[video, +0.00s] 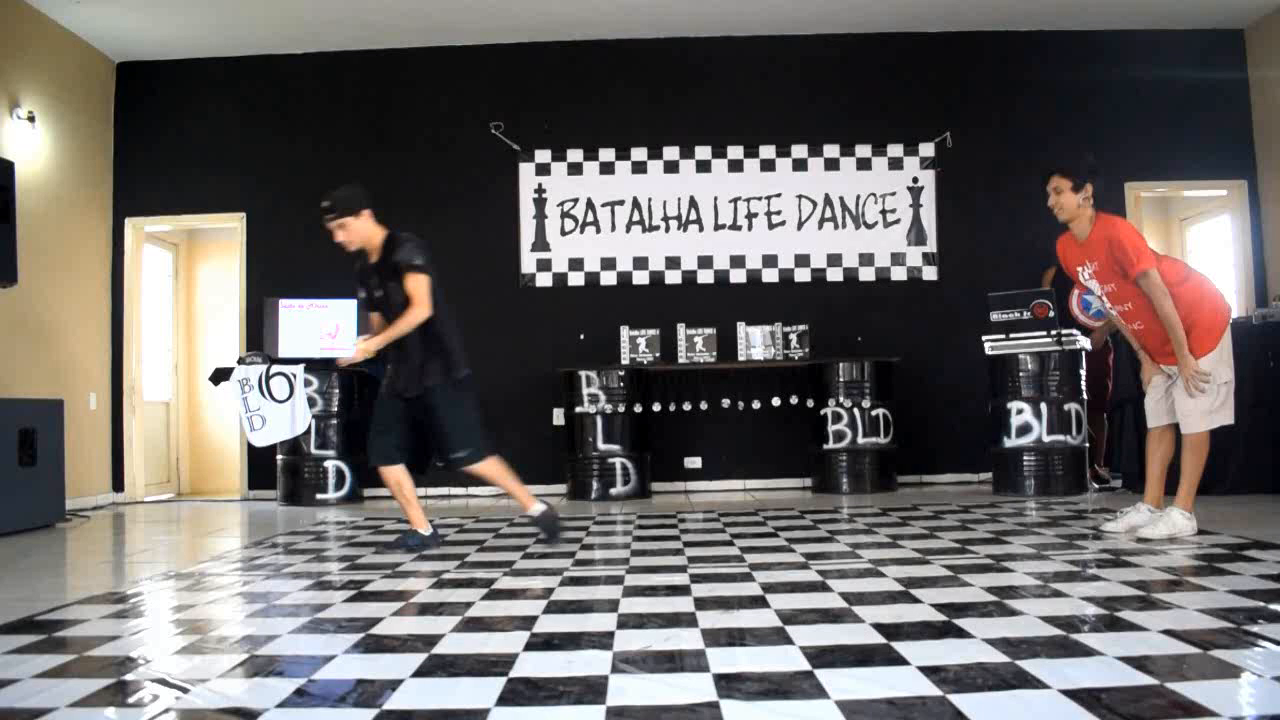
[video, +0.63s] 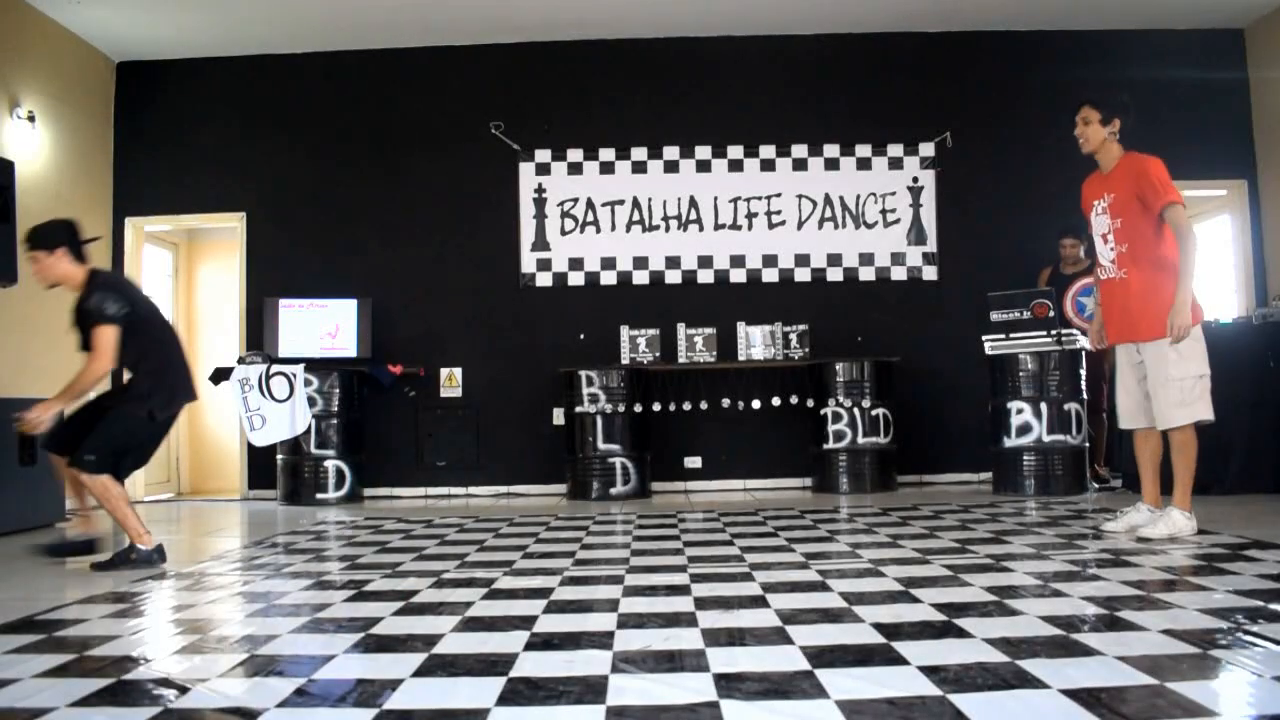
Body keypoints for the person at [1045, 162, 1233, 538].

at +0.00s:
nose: (1051, 202)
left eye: (1058, 192)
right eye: (1049, 195)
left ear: (1085, 193)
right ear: (1052, 201)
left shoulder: (1116, 231)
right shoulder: (1066, 248)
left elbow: (1156, 290)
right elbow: (1110, 307)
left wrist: (1184, 354)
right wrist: (1144, 355)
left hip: (1200, 321)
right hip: (1157, 332)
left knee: (1194, 413)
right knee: (1158, 412)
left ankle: (1183, 512)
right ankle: (1152, 506)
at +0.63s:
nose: (1077, 131)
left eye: (1086, 123)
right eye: (1076, 124)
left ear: (1113, 126)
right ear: (1082, 134)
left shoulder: (1145, 167)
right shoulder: (1090, 188)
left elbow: (1184, 233)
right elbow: (1105, 257)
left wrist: (1182, 300)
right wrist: (1100, 314)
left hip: (1166, 315)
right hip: (1124, 321)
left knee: (1178, 415)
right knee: (1140, 418)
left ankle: (1182, 512)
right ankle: (1150, 506)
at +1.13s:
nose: (1079, 129)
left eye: (1087, 120)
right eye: (1078, 123)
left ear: (1114, 124)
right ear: (1087, 132)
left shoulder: (1145, 167)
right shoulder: (1093, 188)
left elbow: (1171, 237)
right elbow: (1104, 261)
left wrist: (1166, 309)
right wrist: (1088, 318)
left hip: (1153, 315)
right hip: (1104, 318)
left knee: (1168, 414)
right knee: (1080, 408)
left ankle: (1181, 512)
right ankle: (1089, 505)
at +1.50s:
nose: (1103, 121)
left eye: (1111, 111)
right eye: (1102, 115)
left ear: (1138, 113)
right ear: (1114, 125)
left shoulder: (1172, 157)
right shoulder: (1120, 182)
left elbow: (1220, 221)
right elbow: (1145, 247)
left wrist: (1210, 292)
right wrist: (1109, 251)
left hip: (1172, 316)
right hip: (1124, 320)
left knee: (1207, 413)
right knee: (1128, 421)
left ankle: (1246, 507)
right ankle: (1131, 518)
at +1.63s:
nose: (1163, 112)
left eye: (1172, 102)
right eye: (1163, 104)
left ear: (1201, 106)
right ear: (1181, 112)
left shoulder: (1234, 151)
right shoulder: (1183, 173)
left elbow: (1275, 206)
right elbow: (1196, 238)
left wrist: (1277, 286)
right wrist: (1163, 268)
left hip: (1232, 312)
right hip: (1182, 318)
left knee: (1266, 416)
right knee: (1195, 423)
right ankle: (1205, 519)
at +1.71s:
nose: (1198, 108)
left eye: (1207, 98)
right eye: (1197, 100)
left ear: (1236, 102)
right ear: (1206, 110)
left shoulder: (1265, 149)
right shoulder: (1216, 169)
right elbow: (1224, 236)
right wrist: (1200, 270)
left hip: (1261, 312)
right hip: (1217, 316)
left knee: (1272, 421)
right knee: (1229, 421)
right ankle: (1244, 520)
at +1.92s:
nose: (1272, 97)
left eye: (1275, 87)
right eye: (1271, 88)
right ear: (1268, 95)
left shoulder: (1273, 170)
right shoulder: (1272, 169)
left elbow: (1274, 237)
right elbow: (1274, 235)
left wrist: (1267, 296)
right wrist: (1266, 295)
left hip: (1279, 307)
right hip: (1278, 308)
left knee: (1279, 404)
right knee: (1277, 404)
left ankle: (1276, 476)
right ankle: (1275, 476)